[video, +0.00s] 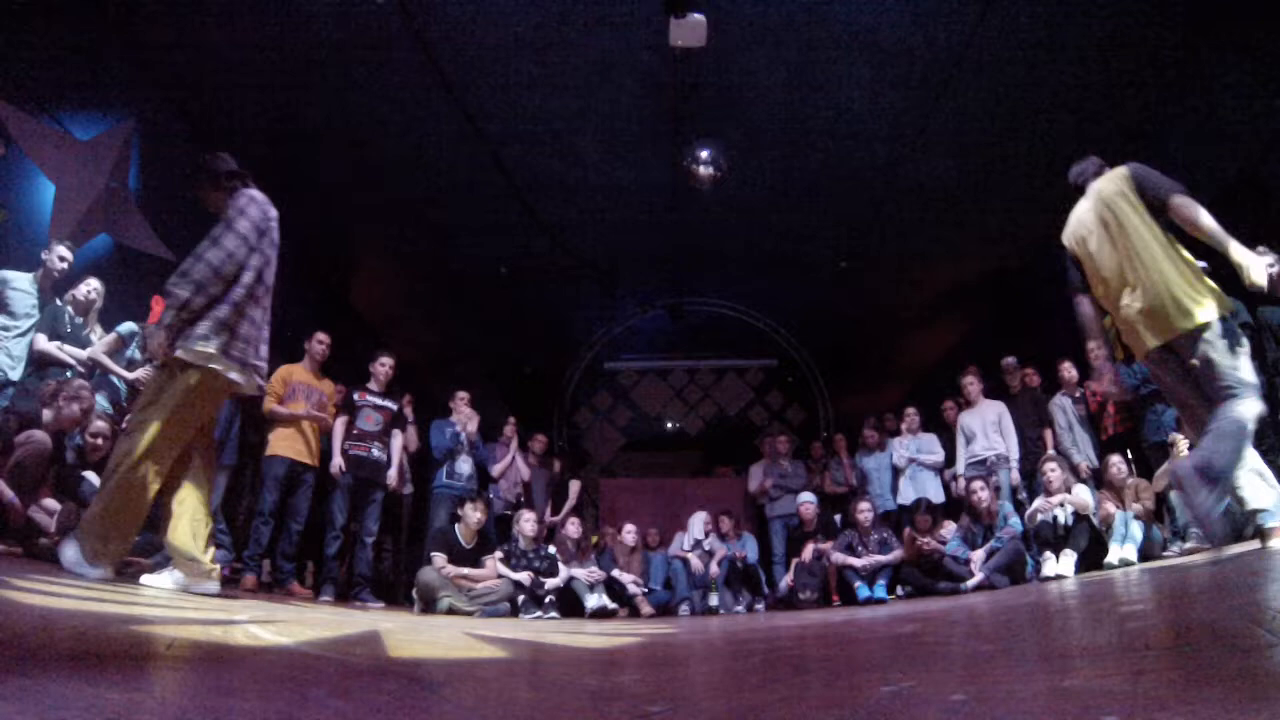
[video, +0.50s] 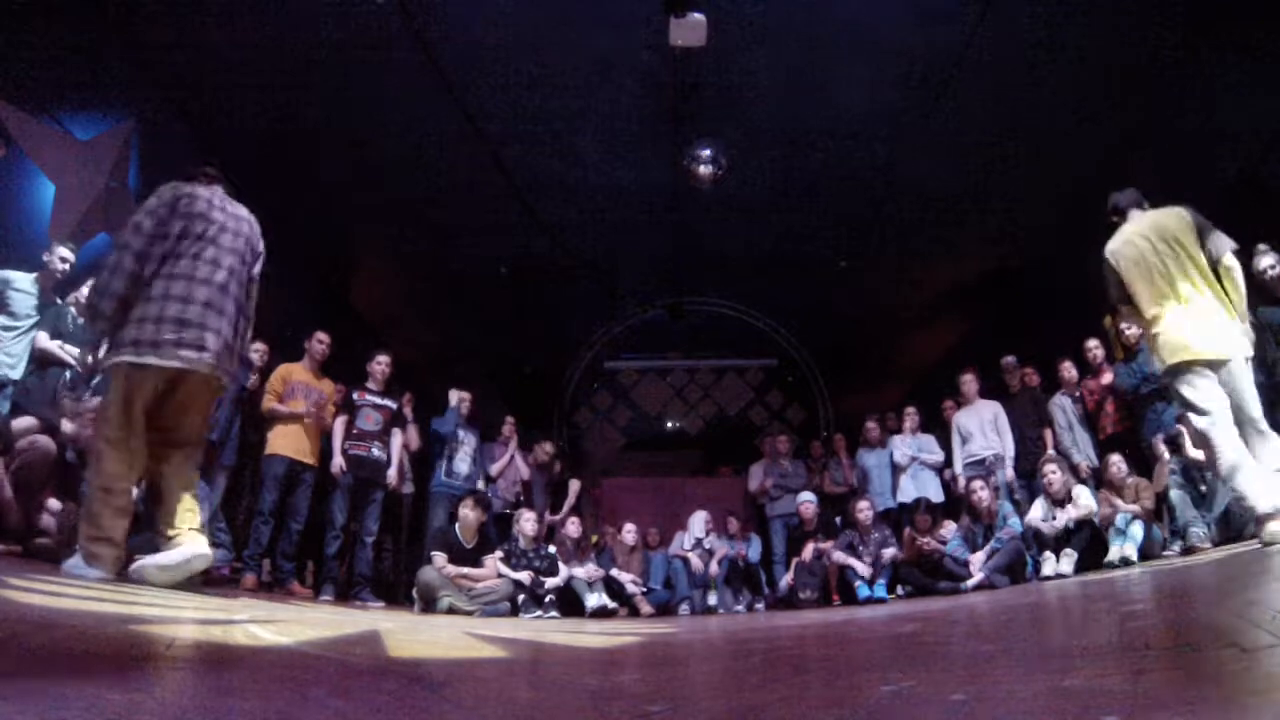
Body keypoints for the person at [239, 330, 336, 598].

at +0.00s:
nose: (323, 348)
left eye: (327, 345)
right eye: (319, 342)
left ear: (329, 351)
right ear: (307, 345)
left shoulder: (328, 386)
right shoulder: (286, 372)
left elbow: (329, 424)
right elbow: (268, 406)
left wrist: (318, 415)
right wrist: (300, 414)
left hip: (308, 454)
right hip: (281, 448)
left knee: (296, 519)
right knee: (267, 511)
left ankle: (285, 575)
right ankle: (251, 570)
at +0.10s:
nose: (323, 348)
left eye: (327, 345)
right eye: (319, 343)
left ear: (329, 351)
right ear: (307, 345)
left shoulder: (328, 386)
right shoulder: (286, 372)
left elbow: (329, 422)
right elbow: (269, 406)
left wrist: (317, 417)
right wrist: (299, 414)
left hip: (308, 453)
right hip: (281, 447)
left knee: (297, 518)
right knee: (267, 511)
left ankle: (285, 575)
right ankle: (251, 570)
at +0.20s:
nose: (323, 349)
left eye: (327, 345)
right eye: (319, 343)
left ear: (329, 352)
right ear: (307, 345)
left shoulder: (328, 387)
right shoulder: (286, 372)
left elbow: (328, 425)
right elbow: (268, 405)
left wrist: (319, 417)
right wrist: (301, 414)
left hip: (308, 454)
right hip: (281, 448)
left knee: (297, 519)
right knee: (267, 511)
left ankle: (285, 575)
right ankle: (252, 570)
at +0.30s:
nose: (323, 348)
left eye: (327, 345)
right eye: (319, 343)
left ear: (329, 351)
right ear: (307, 345)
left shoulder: (328, 386)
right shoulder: (286, 371)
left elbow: (328, 426)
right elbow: (268, 405)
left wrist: (320, 417)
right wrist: (300, 415)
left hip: (308, 454)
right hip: (281, 447)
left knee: (297, 519)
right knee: (267, 511)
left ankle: (285, 575)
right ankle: (252, 570)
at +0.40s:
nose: (324, 348)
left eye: (327, 345)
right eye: (320, 343)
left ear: (329, 351)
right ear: (307, 344)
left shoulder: (328, 386)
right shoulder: (285, 371)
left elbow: (329, 424)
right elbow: (268, 406)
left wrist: (316, 415)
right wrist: (298, 414)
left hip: (308, 454)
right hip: (281, 447)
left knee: (297, 518)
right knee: (267, 510)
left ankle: (285, 574)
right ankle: (252, 569)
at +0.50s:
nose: (323, 348)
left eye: (327, 345)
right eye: (319, 342)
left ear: (329, 351)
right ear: (307, 344)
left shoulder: (328, 385)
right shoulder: (285, 371)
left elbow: (328, 424)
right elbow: (267, 404)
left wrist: (321, 412)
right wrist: (299, 412)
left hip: (308, 453)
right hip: (281, 447)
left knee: (297, 518)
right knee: (267, 510)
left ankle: (285, 574)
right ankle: (252, 569)